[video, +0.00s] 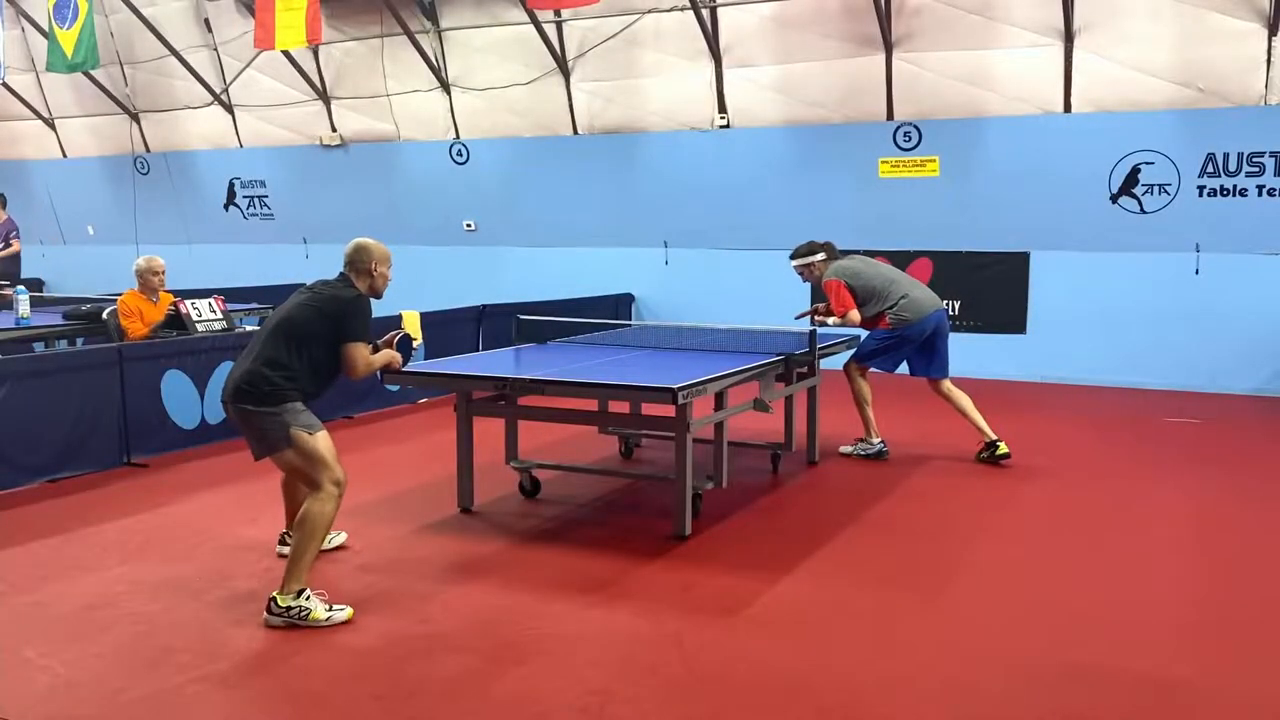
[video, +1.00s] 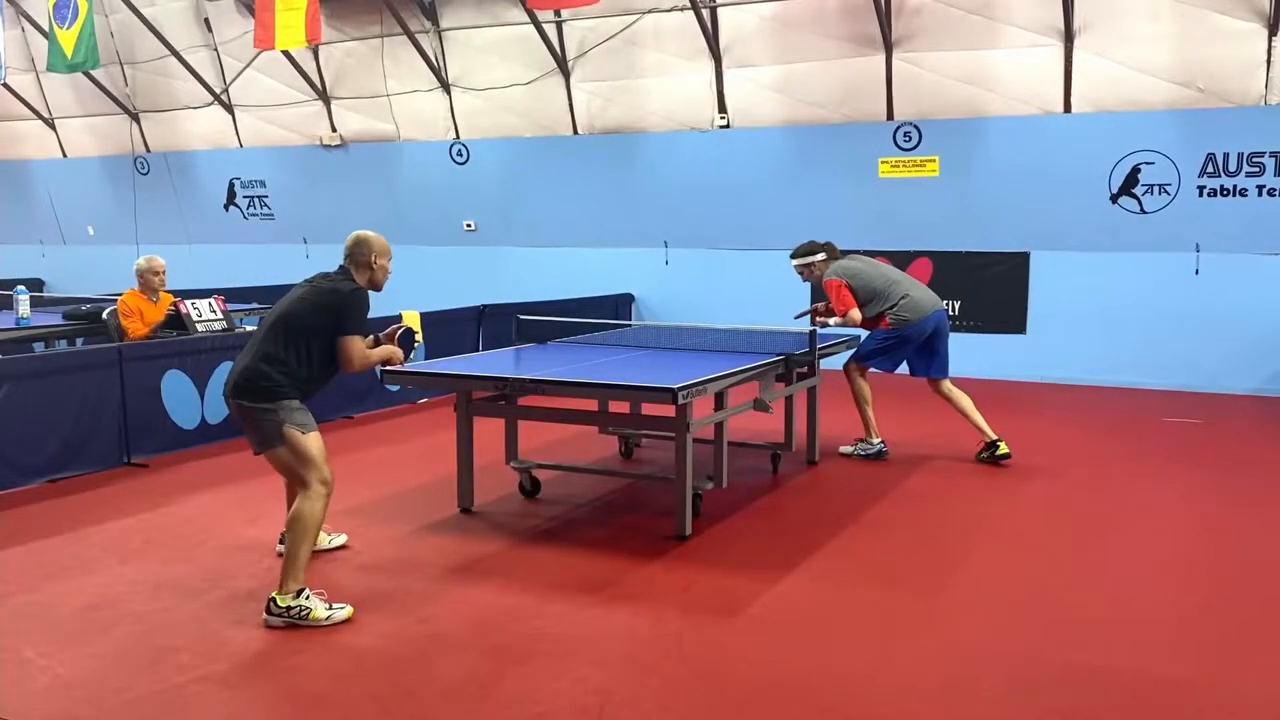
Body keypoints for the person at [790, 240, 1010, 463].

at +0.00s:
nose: (803, 279)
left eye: (803, 272)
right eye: (800, 274)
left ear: (816, 264)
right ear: (824, 258)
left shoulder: (832, 277)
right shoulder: (855, 262)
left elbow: (853, 319)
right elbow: (871, 311)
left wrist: (832, 319)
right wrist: (832, 310)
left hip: (907, 317)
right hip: (936, 311)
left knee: (854, 369)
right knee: (941, 383)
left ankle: (872, 440)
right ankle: (993, 441)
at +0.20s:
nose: (803, 278)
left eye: (803, 272)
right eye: (800, 273)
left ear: (816, 264)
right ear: (825, 259)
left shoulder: (832, 277)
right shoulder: (856, 262)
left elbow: (853, 318)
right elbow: (872, 311)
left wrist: (832, 318)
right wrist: (832, 310)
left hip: (907, 317)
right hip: (936, 311)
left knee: (854, 369)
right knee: (941, 383)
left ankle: (873, 440)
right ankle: (993, 441)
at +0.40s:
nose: (804, 279)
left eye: (803, 273)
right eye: (800, 274)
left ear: (816, 264)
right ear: (825, 258)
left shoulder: (832, 277)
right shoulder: (855, 262)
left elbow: (853, 318)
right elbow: (873, 311)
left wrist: (832, 319)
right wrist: (832, 311)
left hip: (907, 318)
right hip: (936, 311)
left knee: (854, 369)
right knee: (941, 383)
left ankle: (873, 440)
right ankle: (993, 441)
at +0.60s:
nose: (804, 279)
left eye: (803, 273)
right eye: (800, 274)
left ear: (816, 264)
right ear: (825, 258)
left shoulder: (832, 277)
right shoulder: (855, 262)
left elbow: (854, 318)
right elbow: (873, 310)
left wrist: (833, 319)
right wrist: (833, 311)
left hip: (907, 318)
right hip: (936, 311)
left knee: (854, 369)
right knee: (941, 383)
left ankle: (873, 440)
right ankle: (993, 441)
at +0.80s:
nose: (803, 279)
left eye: (803, 273)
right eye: (800, 274)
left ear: (816, 264)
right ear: (825, 258)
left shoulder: (832, 277)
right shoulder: (855, 262)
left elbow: (854, 318)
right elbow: (873, 311)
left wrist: (834, 319)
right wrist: (833, 311)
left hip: (907, 318)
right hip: (936, 311)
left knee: (854, 369)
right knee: (941, 383)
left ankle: (873, 440)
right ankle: (993, 441)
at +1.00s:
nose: (803, 278)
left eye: (803, 272)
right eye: (800, 274)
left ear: (816, 264)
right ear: (824, 258)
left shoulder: (832, 277)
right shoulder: (855, 262)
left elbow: (854, 318)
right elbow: (874, 312)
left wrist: (834, 320)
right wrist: (833, 310)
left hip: (907, 317)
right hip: (936, 311)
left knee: (854, 369)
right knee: (941, 383)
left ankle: (873, 440)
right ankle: (993, 441)